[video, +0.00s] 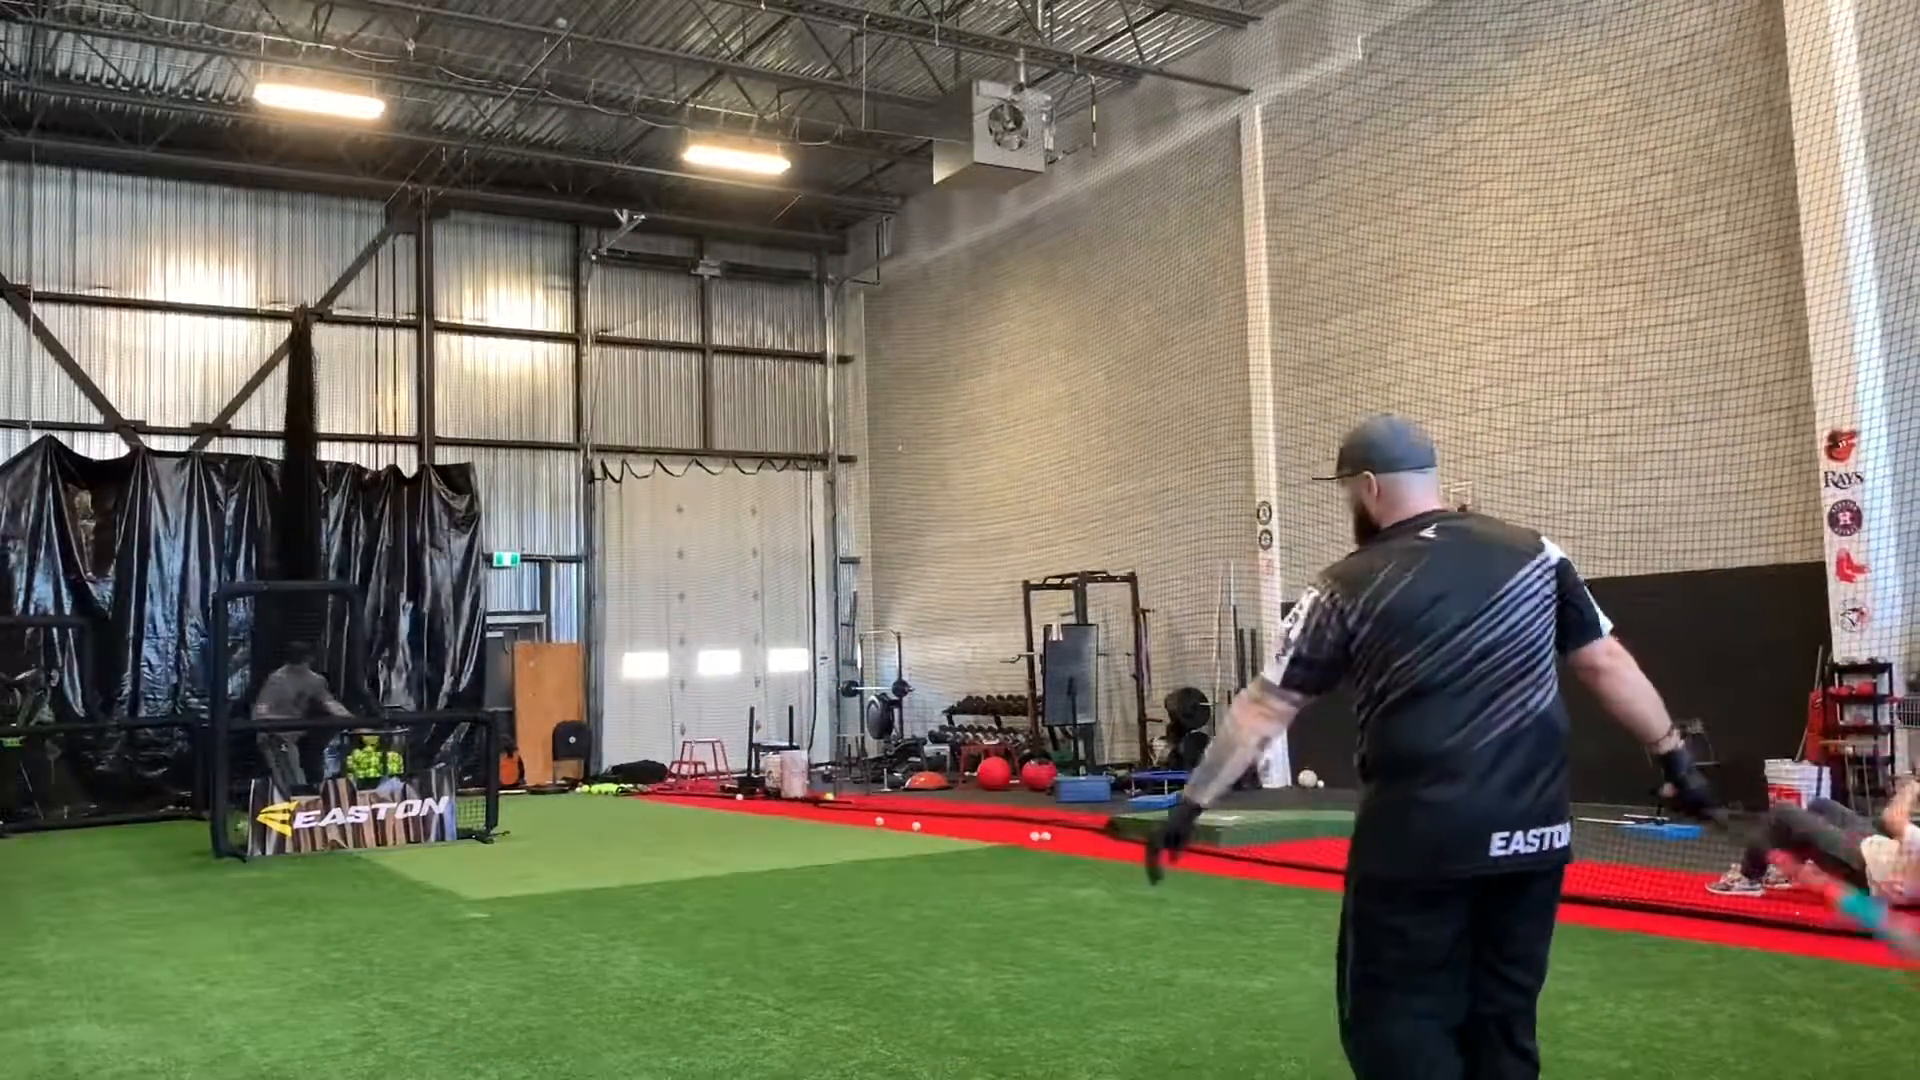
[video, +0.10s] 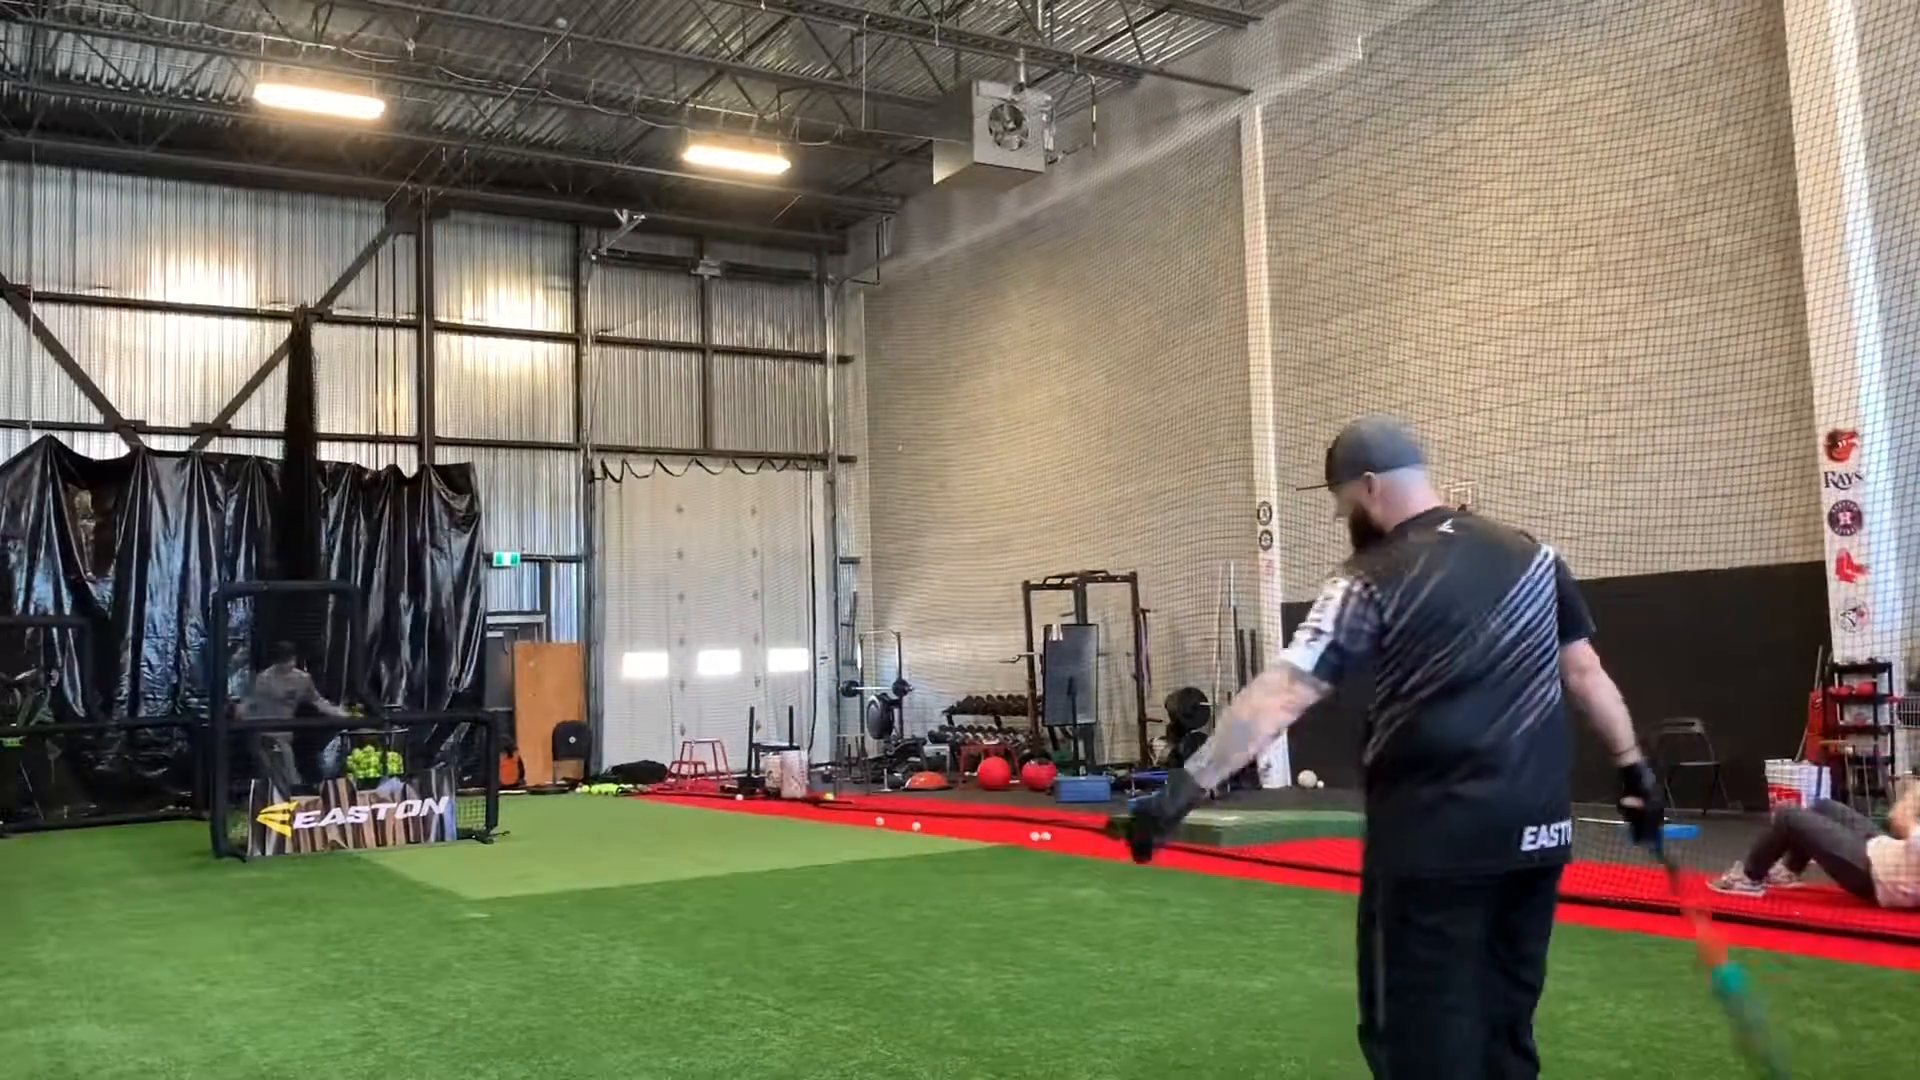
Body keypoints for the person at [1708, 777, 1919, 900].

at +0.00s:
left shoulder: (1917, 844)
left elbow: (1892, 820)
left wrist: (1909, 791)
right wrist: (1909, 794)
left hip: (1865, 862)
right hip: (1879, 843)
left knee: (1782, 813)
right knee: (1821, 805)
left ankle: (1749, 874)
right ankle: (1791, 867)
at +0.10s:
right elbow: (1901, 821)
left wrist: (1909, 826)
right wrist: (1910, 823)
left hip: (1875, 874)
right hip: (1886, 848)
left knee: (1789, 816)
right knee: (1826, 806)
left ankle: (1750, 874)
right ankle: (1789, 868)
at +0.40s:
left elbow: (1902, 827)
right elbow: (1903, 827)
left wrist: (1906, 816)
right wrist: (1907, 810)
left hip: (1871, 874)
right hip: (1884, 850)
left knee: (1788, 812)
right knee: (1824, 803)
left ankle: (1750, 875)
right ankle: (1792, 871)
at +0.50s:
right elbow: (1904, 840)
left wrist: (1902, 819)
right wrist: (1901, 816)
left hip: (1870, 872)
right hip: (1888, 851)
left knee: (1788, 812)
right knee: (1823, 803)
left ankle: (1749, 874)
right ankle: (1792, 870)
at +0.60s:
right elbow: (1902, 839)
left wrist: (1899, 815)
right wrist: (1902, 805)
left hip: (1869, 876)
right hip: (1882, 851)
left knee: (1789, 817)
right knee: (1822, 806)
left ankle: (1749, 874)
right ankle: (1793, 870)